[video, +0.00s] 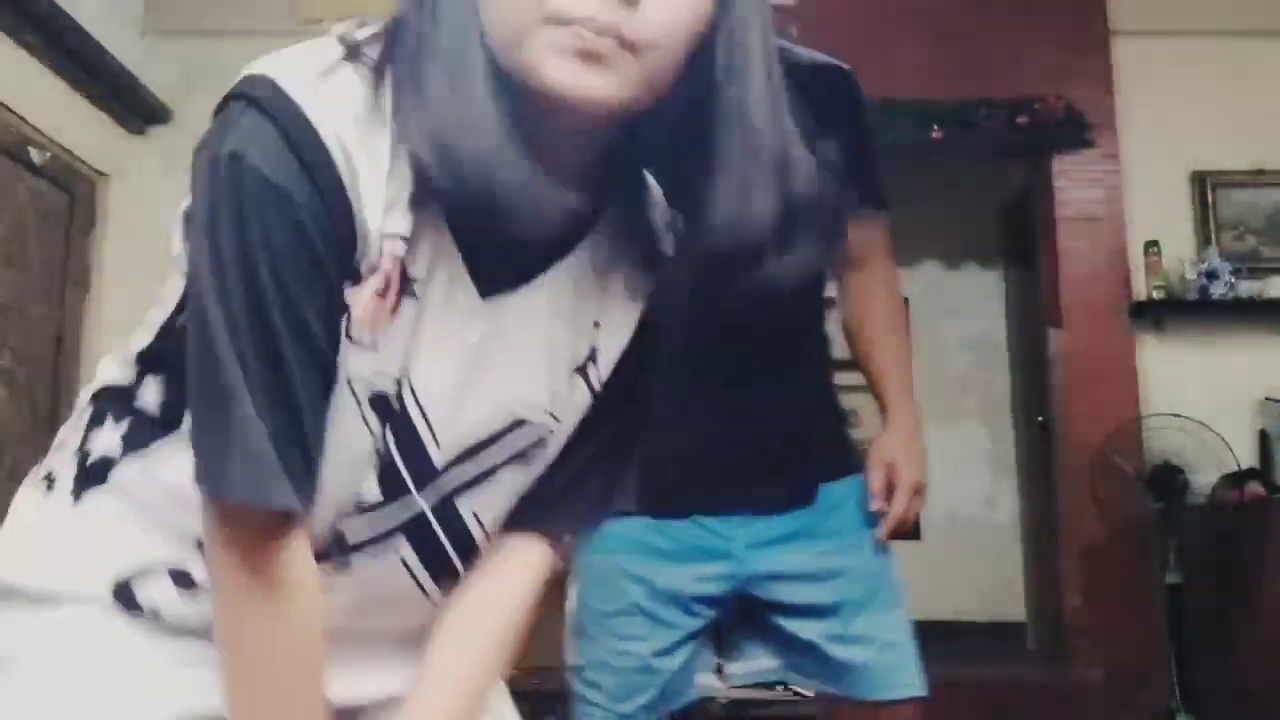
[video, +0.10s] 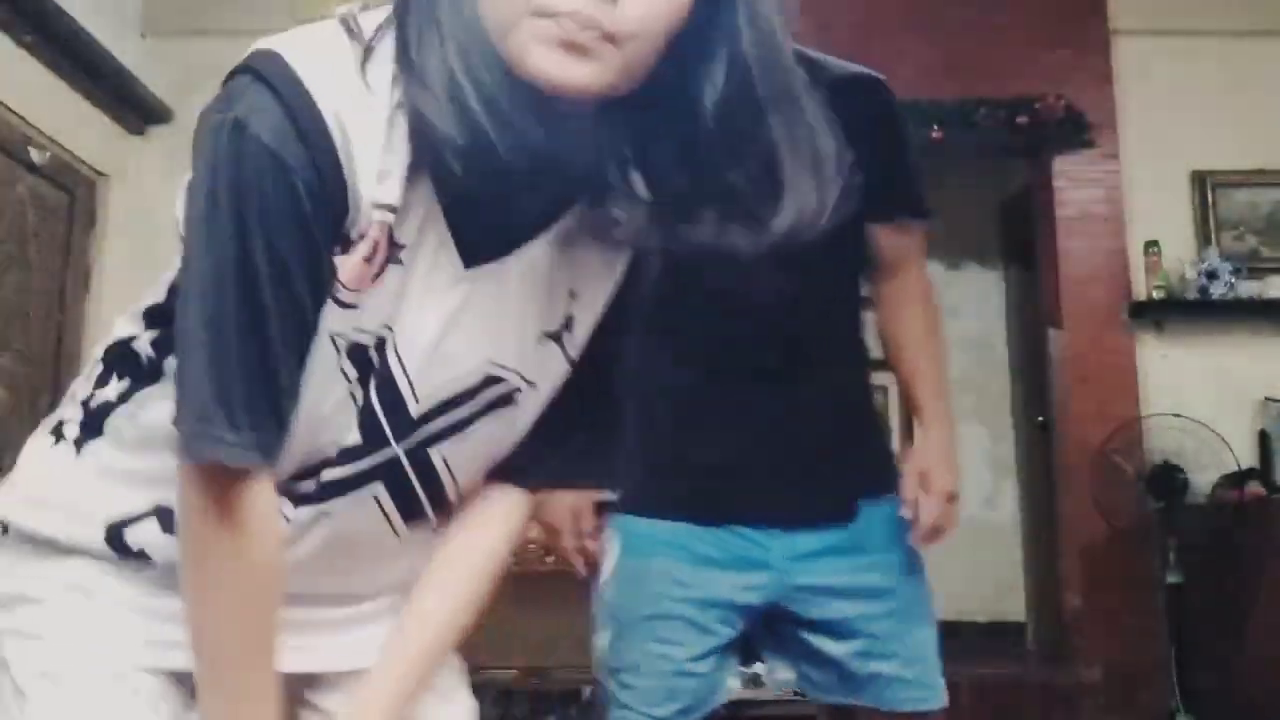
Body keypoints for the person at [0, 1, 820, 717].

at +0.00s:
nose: (615, 5)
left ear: (713, 32)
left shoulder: (653, 255)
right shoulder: (292, 139)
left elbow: (528, 541)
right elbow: (257, 540)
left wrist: (430, 712)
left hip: (391, 658)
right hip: (115, 635)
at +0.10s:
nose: (603, 0)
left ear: (700, 20)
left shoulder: (630, 209)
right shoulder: (292, 114)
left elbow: (501, 488)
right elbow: (227, 487)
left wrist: (374, 706)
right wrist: (249, 712)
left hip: (369, 601)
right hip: (112, 582)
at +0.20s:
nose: (565, 8)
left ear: (661, 31)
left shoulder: (584, 222)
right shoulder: (267, 149)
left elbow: (463, 487)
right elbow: (193, 492)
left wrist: (335, 702)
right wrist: (218, 707)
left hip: (333, 601)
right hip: (96, 584)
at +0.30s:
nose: (498, 93)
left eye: (548, 59)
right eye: (458, 39)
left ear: (591, 105)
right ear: (377, 52)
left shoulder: (536, 289)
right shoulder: (232, 239)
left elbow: (418, 532)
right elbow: (163, 564)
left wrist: (304, 711)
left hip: (308, 651)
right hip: (81, 645)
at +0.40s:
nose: (456, 165)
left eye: (502, 135)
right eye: (414, 113)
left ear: (535, 171)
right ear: (340, 122)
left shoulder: (482, 325)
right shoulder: (197, 293)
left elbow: (369, 552)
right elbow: (139, 604)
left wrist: (285, 710)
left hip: (267, 646)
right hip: (54, 633)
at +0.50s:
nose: (434, 183)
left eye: (479, 156)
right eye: (397, 131)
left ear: (509, 187)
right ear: (327, 129)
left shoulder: (459, 309)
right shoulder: (192, 280)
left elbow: (371, 528)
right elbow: (146, 572)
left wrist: (272, 707)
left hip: (276, 608)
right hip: (69, 597)